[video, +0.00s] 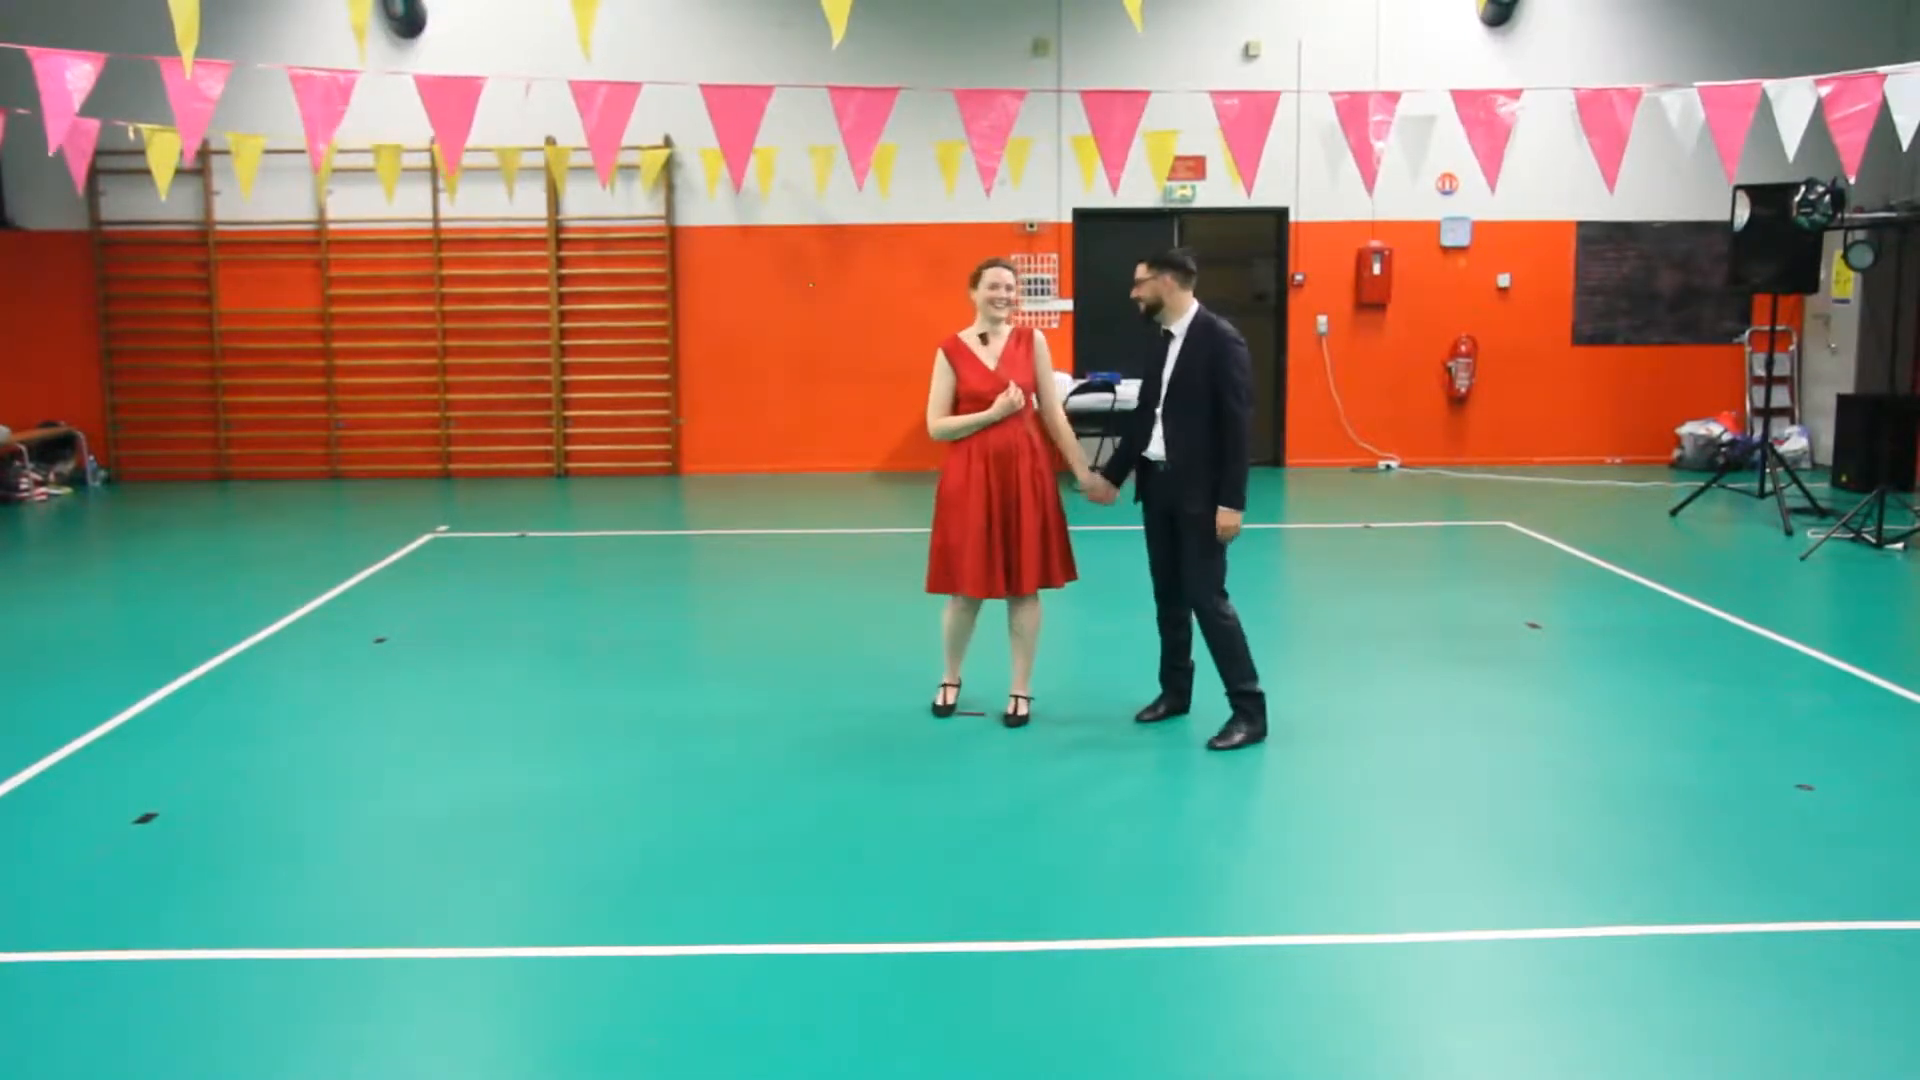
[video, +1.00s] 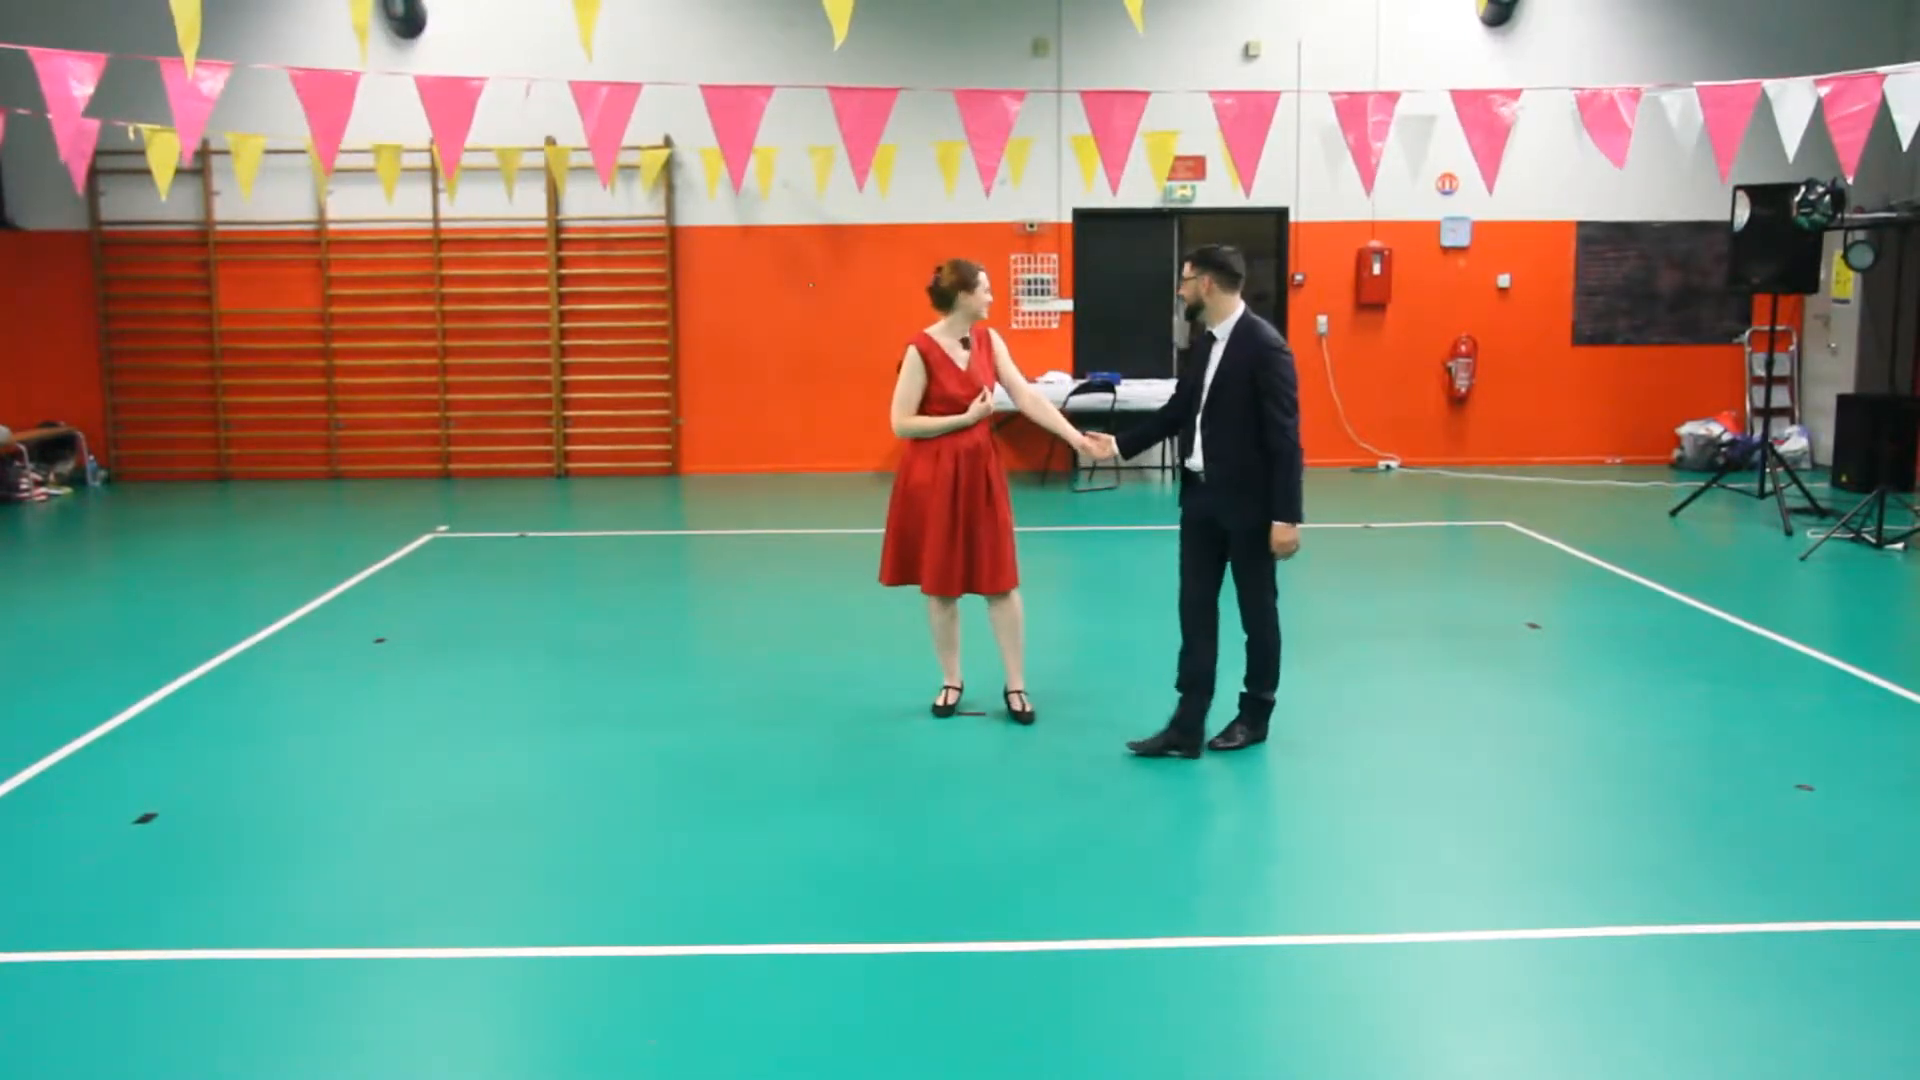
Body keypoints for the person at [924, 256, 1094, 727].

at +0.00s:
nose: (1003, 295)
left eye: (1009, 288)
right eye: (993, 287)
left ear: (1018, 295)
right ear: (973, 294)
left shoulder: (1032, 343)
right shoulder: (952, 350)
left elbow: (1054, 413)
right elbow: (937, 426)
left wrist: (1083, 472)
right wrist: (991, 413)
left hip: (1024, 476)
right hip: (970, 478)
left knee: (1023, 587)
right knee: (967, 588)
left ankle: (1020, 690)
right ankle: (951, 680)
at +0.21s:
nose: (998, 293)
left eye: (1002, 286)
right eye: (988, 285)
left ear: (1008, 293)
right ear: (964, 291)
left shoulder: (1019, 340)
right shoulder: (940, 346)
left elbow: (1049, 408)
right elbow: (924, 423)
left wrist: (1090, 467)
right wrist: (983, 410)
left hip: (1009, 471)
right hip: (957, 471)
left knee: (1014, 586)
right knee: (956, 586)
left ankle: (1019, 692)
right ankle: (951, 682)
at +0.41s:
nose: (991, 296)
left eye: (993, 288)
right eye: (983, 288)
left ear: (992, 293)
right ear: (954, 292)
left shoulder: (1003, 338)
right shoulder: (926, 348)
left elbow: (1042, 403)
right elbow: (910, 422)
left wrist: (1087, 456)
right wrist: (971, 413)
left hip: (995, 474)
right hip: (944, 476)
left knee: (1004, 586)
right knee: (947, 586)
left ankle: (1018, 689)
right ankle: (951, 682)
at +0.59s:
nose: (987, 296)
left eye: (988, 288)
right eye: (979, 288)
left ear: (982, 294)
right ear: (951, 293)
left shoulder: (996, 341)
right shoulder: (921, 349)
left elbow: (1033, 402)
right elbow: (904, 423)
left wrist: (1083, 448)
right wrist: (967, 414)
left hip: (986, 476)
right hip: (937, 478)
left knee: (1000, 585)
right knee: (943, 587)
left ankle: (1018, 688)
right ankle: (951, 682)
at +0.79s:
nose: (989, 297)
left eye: (987, 289)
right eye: (982, 290)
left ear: (966, 295)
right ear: (958, 295)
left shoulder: (988, 341)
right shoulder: (920, 349)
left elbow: (1030, 399)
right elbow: (901, 424)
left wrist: (1081, 438)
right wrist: (966, 417)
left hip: (981, 476)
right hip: (932, 479)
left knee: (999, 585)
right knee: (940, 588)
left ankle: (1018, 687)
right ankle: (951, 682)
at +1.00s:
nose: (991, 297)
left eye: (989, 290)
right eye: (985, 291)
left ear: (966, 296)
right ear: (961, 297)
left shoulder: (988, 341)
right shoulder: (921, 349)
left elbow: (1027, 398)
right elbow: (901, 424)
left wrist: (1077, 438)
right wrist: (966, 418)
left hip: (982, 474)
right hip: (935, 478)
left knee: (1001, 584)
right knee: (941, 587)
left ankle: (1016, 686)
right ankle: (951, 682)